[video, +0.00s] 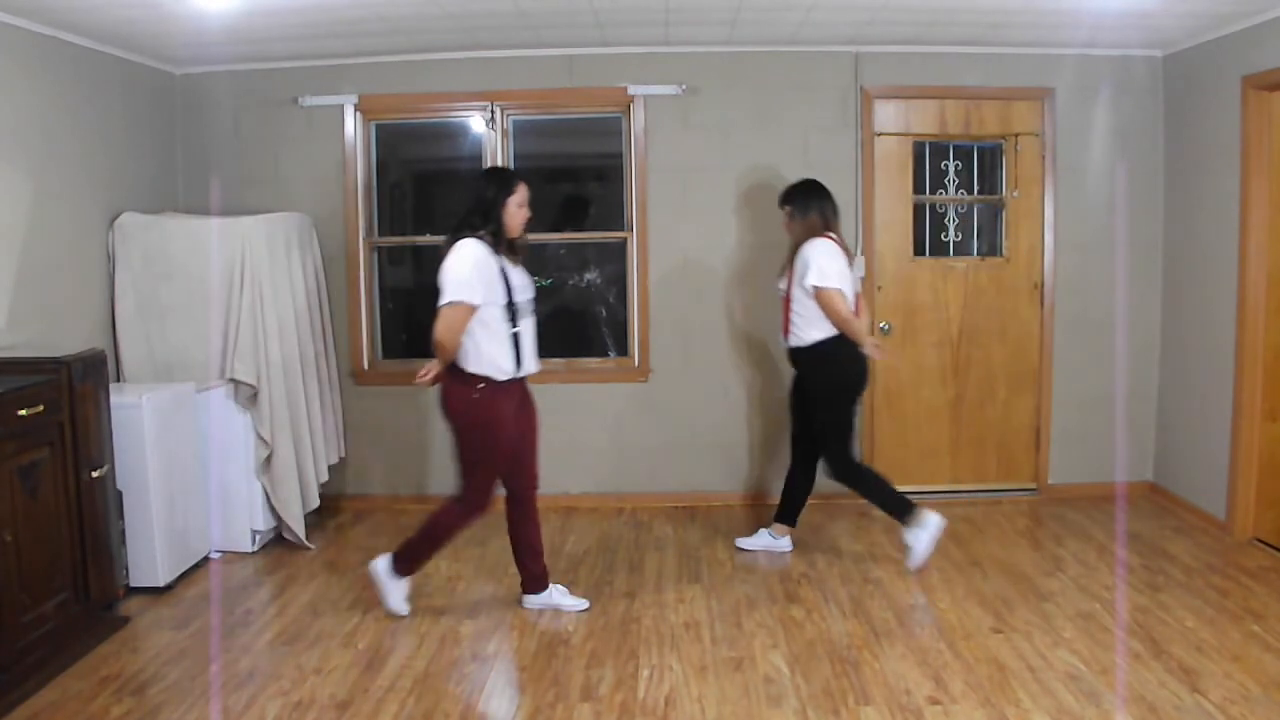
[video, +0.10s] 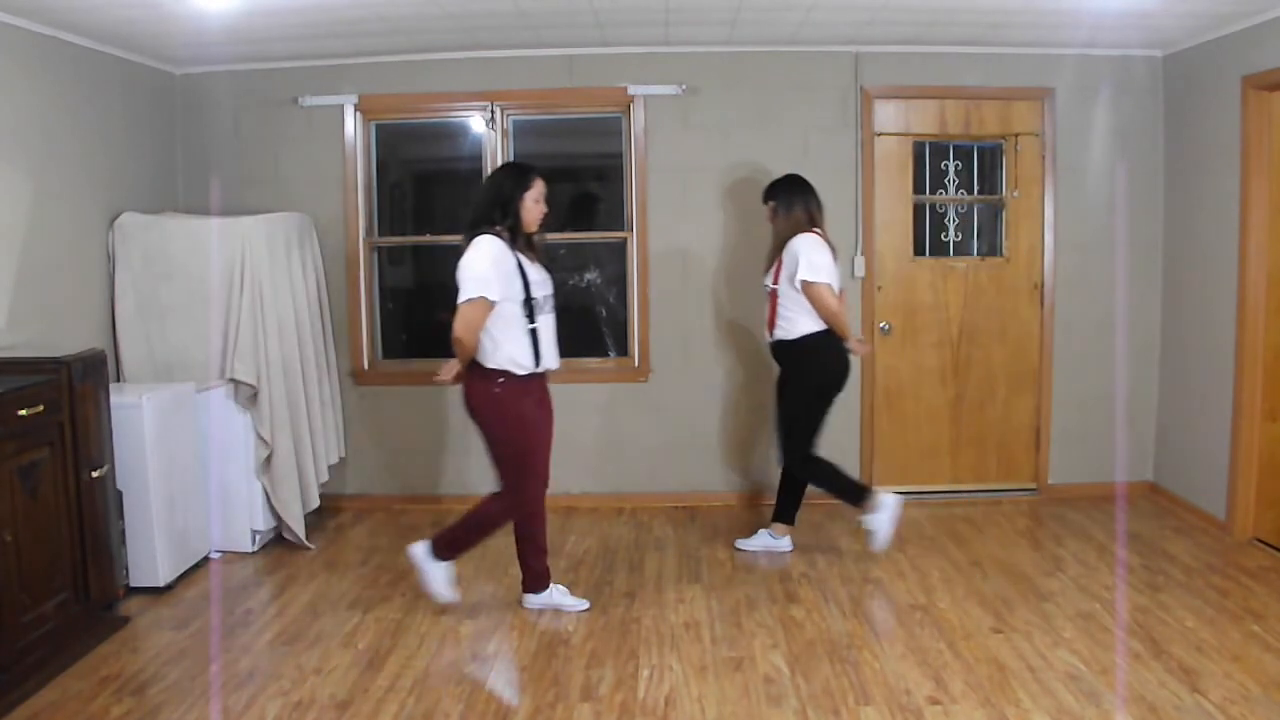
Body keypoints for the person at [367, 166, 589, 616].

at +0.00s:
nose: (527, 214)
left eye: (527, 205)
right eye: (519, 206)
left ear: (513, 209)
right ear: (494, 207)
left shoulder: (506, 257)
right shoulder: (469, 255)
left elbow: (491, 323)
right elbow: (446, 334)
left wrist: (445, 361)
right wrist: (447, 362)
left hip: (512, 392)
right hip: (476, 394)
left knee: (522, 493)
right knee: (475, 497)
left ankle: (536, 588)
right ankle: (395, 568)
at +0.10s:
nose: (544, 209)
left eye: (544, 200)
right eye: (536, 200)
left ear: (524, 203)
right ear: (511, 201)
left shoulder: (521, 252)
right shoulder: (486, 250)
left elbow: (508, 321)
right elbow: (465, 331)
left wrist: (463, 361)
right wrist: (464, 361)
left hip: (530, 384)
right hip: (498, 386)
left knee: (533, 490)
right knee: (522, 490)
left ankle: (537, 587)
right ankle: (435, 553)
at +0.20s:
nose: (557, 209)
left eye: (558, 200)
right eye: (551, 199)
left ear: (539, 201)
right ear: (525, 200)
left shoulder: (534, 250)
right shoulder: (500, 248)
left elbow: (519, 319)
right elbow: (477, 326)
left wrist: (481, 360)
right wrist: (480, 360)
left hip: (540, 381)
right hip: (515, 383)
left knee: (535, 486)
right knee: (553, 488)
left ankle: (537, 587)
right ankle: (477, 555)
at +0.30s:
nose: (570, 209)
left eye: (571, 200)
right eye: (564, 200)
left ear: (551, 202)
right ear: (537, 201)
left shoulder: (547, 249)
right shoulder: (513, 247)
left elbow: (534, 319)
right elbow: (489, 326)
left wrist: (492, 359)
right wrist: (491, 359)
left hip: (549, 380)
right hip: (527, 382)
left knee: (538, 484)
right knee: (573, 483)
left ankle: (537, 583)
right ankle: (512, 563)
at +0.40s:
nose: (583, 210)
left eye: (583, 201)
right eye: (577, 201)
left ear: (559, 202)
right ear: (552, 201)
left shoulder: (557, 250)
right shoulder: (526, 248)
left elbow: (532, 319)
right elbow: (503, 326)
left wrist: (498, 358)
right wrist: (500, 360)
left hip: (554, 381)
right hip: (537, 382)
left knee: (539, 485)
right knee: (586, 481)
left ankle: (538, 584)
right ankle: (520, 558)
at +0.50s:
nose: (594, 212)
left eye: (594, 203)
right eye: (588, 202)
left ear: (571, 203)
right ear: (564, 202)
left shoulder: (567, 251)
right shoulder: (539, 248)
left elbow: (532, 319)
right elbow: (513, 325)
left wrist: (504, 359)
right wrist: (507, 359)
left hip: (560, 380)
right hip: (545, 382)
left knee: (541, 484)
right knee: (600, 477)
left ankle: (538, 583)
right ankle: (532, 556)